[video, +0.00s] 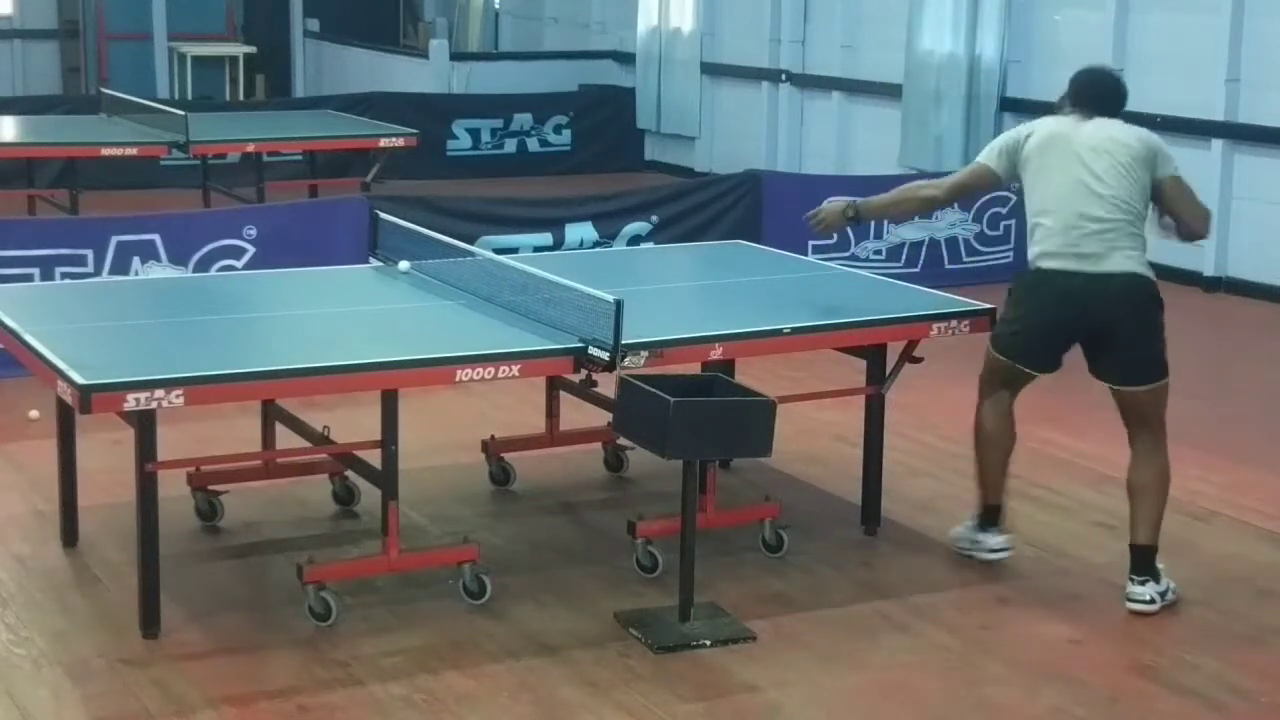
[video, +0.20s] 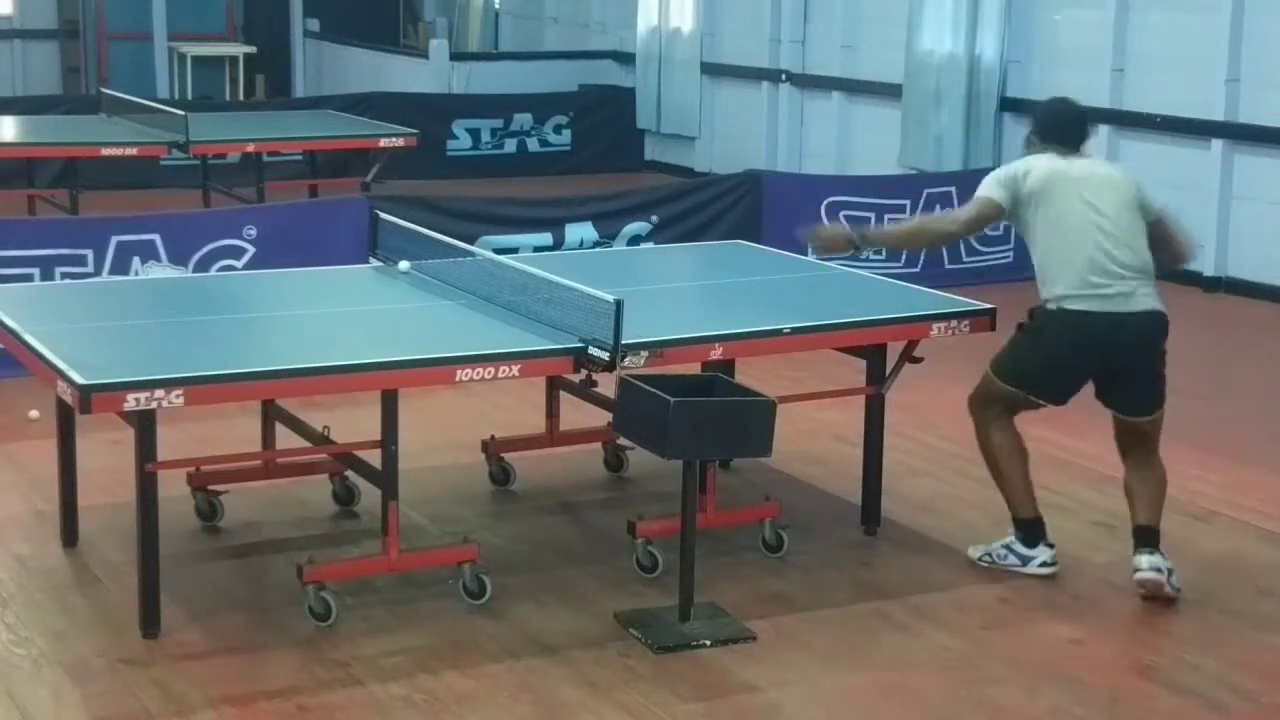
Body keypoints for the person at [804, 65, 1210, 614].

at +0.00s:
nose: (1062, 107)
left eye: (1065, 100)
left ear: (1066, 102)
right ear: (1120, 110)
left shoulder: (1030, 136)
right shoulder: (1143, 143)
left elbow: (941, 193)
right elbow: (1196, 226)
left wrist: (854, 209)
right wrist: (1168, 208)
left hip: (1047, 291)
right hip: (1127, 298)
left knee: (997, 393)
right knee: (1147, 432)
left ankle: (989, 526)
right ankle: (1144, 576)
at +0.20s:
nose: (1026, 142)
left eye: (1029, 136)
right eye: (1032, 138)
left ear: (1036, 138)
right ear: (1085, 141)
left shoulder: (1021, 173)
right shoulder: (1121, 179)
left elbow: (954, 226)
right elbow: (1175, 254)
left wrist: (859, 236)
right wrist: (1118, 258)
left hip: (1068, 324)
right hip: (1142, 327)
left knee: (990, 405)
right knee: (1141, 443)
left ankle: (1030, 541)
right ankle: (1148, 553)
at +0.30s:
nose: (993, 135)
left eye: (998, 124)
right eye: (996, 124)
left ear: (1018, 129)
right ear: (1052, 135)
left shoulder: (1021, 168)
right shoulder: (1086, 174)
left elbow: (988, 227)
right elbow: (1101, 252)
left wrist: (887, 243)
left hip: (1076, 324)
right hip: (1141, 327)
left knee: (989, 409)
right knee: (1122, 450)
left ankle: (1031, 544)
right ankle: (1151, 542)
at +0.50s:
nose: (982, 78)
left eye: (993, 69)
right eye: (985, 68)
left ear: (1026, 79)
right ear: (1015, 80)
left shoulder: (1055, 126)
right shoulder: (1025, 134)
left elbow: (1088, 202)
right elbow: (1055, 207)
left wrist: (1016, 201)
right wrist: (996, 203)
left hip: (1099, 277)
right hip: (1083, 276)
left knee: (1015, 397)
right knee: (1044, 398)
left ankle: (1032, 542)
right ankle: (1144, 470)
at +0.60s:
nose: (995, 53)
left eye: (1007, 44)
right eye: (995, 44)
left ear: (1041, 53)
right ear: (1007, 54)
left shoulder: (1081, 108)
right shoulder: (1011, 114)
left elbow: (1123, 191)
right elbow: (1020, 175)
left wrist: (1057, 195)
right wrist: (978, 191)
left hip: (1106, 254)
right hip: (1060, 257)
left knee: (1065, 380)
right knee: (1023, 358)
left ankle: (1062, 522)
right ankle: (1114, 448)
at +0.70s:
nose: (1010, 66)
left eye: (1021, 57)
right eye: (1009, 57)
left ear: (1055, 62)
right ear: (1016, 62)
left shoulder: (1100, 118)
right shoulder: (1014, 122)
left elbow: (1143, 198)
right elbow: (1017, 187)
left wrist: (1080, 207)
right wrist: (986, 200)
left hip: (1103, 263)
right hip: (1046, 262)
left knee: (1083, 377)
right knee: (1013, 348)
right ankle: (1037, 440)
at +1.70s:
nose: (1092, 53)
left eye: (1103, 45)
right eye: (1091, 43)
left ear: (1135, 51)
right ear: (1100, 50)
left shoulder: (1176, 108)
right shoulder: (1103, 110)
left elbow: (1229, 176)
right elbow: (1113, 179)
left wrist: (1151, 200)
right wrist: (1075, 194)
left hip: (1189, 249)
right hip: (1136, 248)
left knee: (1176, 375)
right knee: (1099, 341)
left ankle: (1237, 501)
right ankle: (1103, 448)